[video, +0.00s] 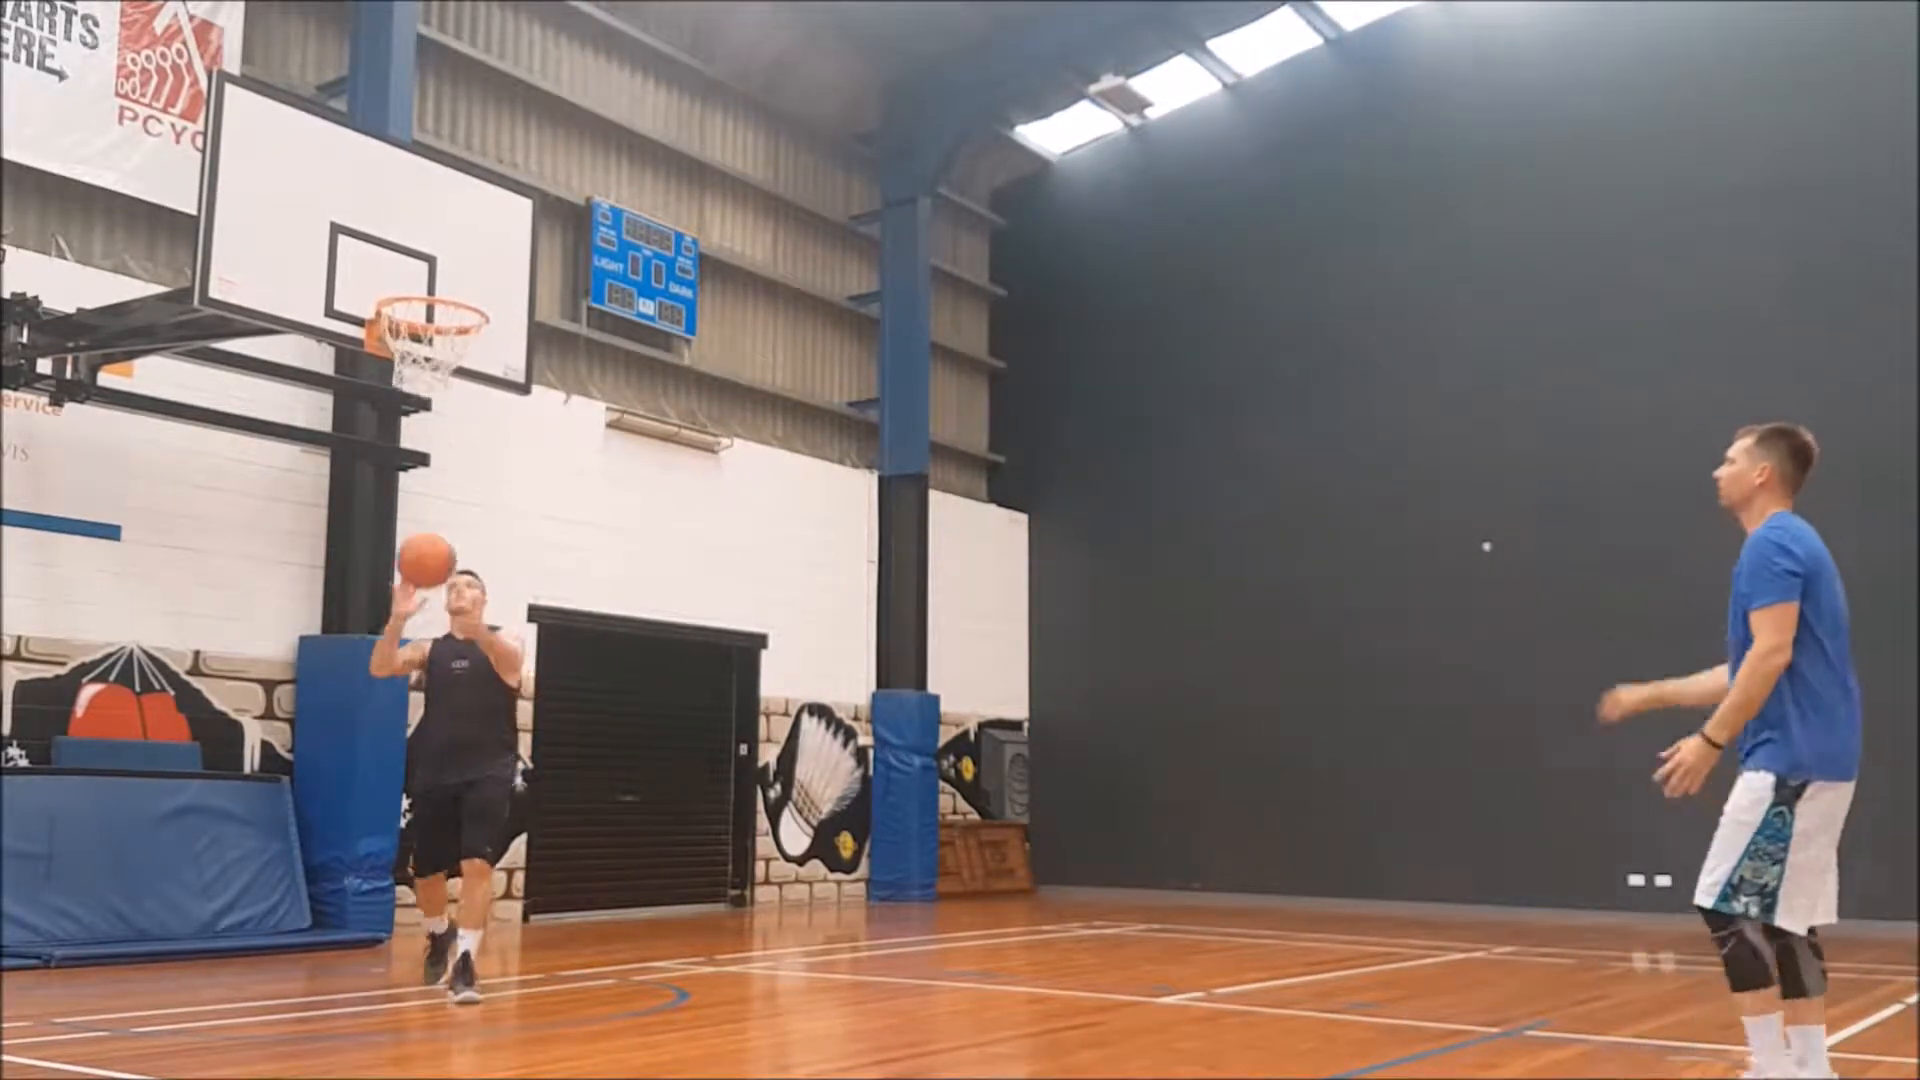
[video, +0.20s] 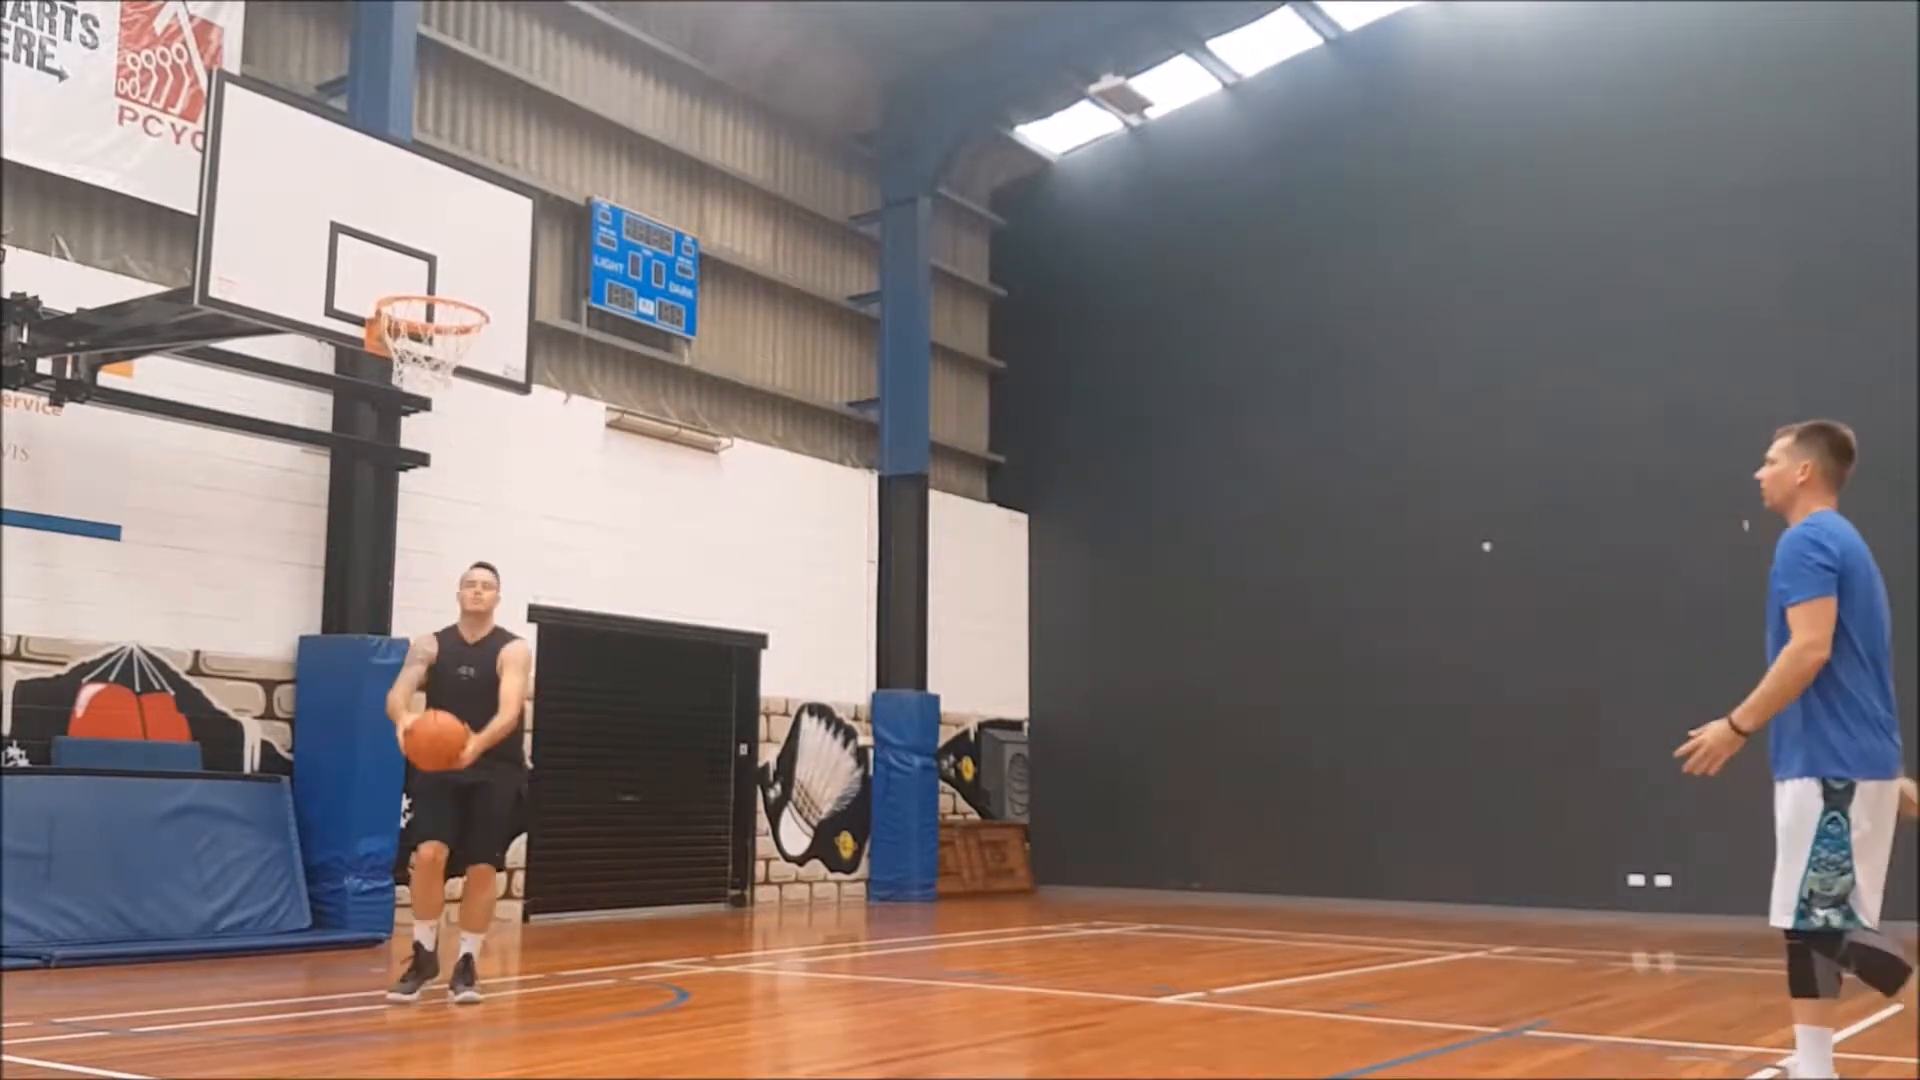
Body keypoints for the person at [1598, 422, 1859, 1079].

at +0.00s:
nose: (1717, 472)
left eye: (1728, 461)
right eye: (1722, 461)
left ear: (1762, 474)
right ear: (1767, 478)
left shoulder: (1771, 544)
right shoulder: (1792, 543)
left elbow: (1773, 654)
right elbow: (1744, 670)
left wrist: (1710, 741)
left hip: (1792, 759)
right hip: (1818, 759)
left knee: (1725, 904)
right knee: (1788, 918)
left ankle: (1772, 1066)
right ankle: (1810, 1065)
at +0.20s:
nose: (1759, 473)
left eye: (1770, 462)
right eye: (1764, 462)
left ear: (1804, 471)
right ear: (1815, 475)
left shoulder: (1807, 539)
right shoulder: (1844, 542)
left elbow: (1808, 648)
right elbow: (1858, 670)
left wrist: (1735, 726)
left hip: (1829, 766)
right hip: (1851, 763)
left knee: (1812, 920)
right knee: (1817, 918)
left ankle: (1813, 1067)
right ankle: (1809, 1062)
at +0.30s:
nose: (1784, 476)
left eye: (1794, 464)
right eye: (1788, 464)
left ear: (1829, 473)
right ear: (1840, 476)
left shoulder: (1827, 543)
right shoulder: (1882, 551)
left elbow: (1832, 651)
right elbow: (1899, 660)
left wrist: (1757, 728)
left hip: (1848, 773)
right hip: (1889, 768)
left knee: (1818, 919)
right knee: (1815, 916)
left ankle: (1813, 1064)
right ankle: (1813, 1061)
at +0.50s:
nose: (1825, 483)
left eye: (1836, 469)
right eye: (1829, 469)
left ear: (1874, 478)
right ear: (1882, 480)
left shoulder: (1872, 553)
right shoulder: (1905, 546)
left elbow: (1870, 668)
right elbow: (1872, 668)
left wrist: (1789, 733)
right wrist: (1794, 733)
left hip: (1906, 785)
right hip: (1903, 784)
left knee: (1870, 916)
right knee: (1863, 914)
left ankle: (1841, 1066)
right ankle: (1840, 1065)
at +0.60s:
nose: (1840, 477)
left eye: (1852, 464)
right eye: (1845, 464)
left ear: (1889, 472)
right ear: (1896, 474)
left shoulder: (1885, 550)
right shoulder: (1903, 544)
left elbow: (1879, 665)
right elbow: (1880, 665)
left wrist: (1793, 719)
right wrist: (1799, 719)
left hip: (1913, 783)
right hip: (1911, 781)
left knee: (1881, 903)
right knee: (1882, 903)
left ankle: (1916, 1057)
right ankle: (1913, 1057)